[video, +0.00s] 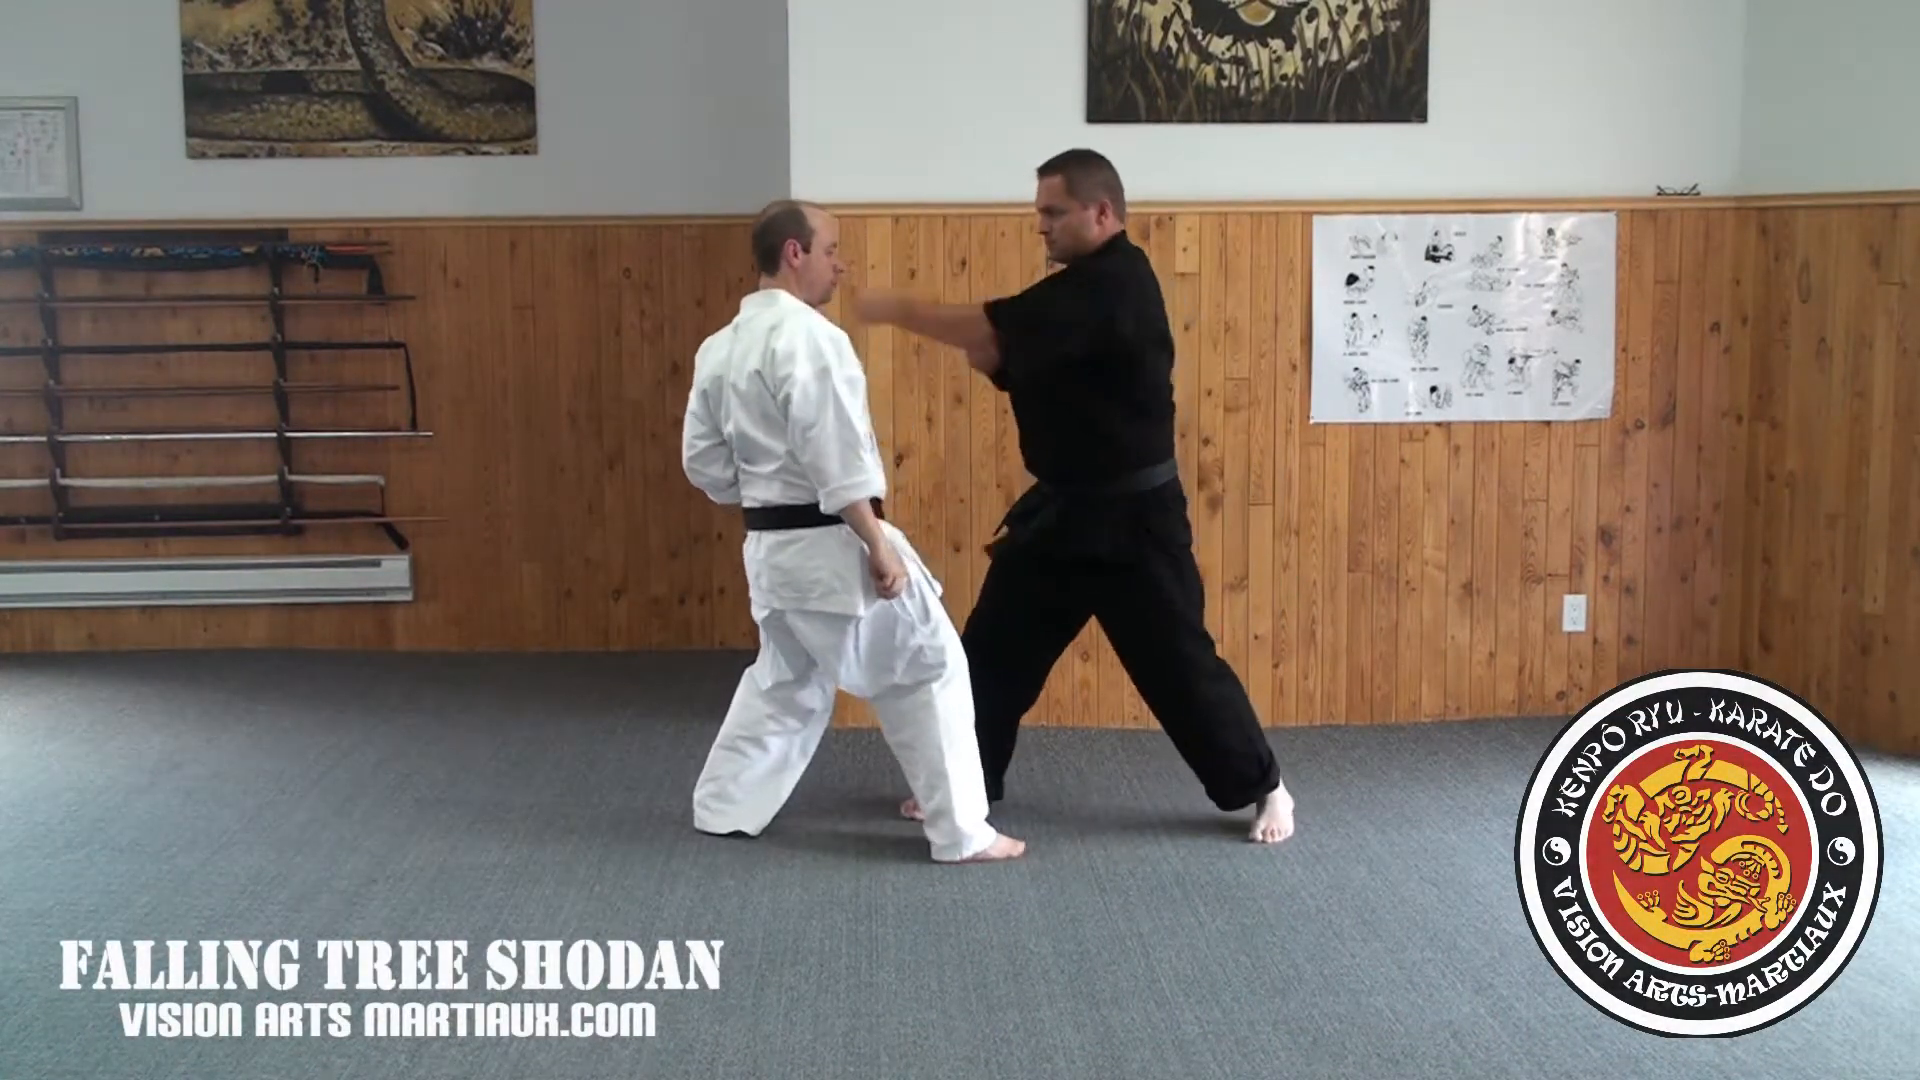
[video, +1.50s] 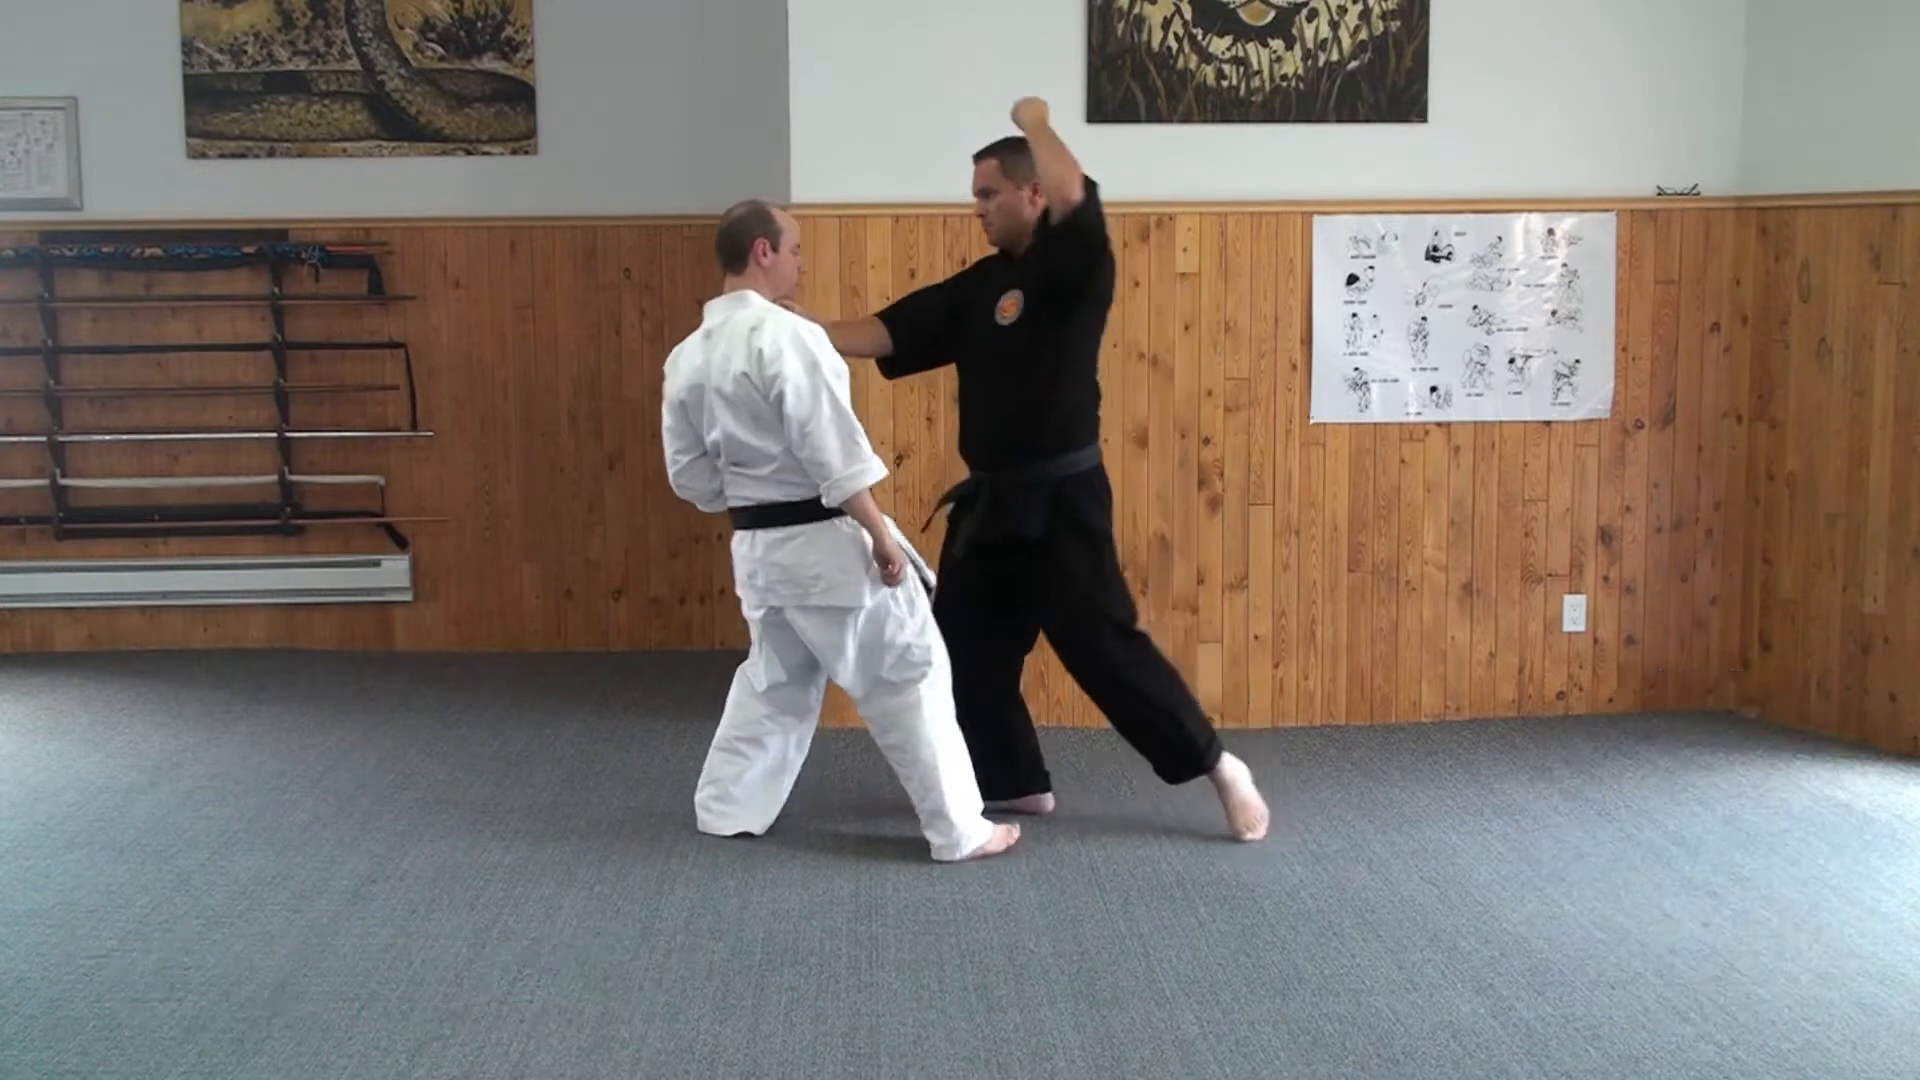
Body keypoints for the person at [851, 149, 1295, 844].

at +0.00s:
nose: (1040, 225)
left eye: (1052, 213)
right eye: (1040, 213)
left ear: (1101, 214)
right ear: (1091, 218)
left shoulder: (1112, 281)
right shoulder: (1079, 283)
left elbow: (994, 324)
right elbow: (1019, 371)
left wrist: (893, 309)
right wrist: (978, 350)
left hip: (1133, 509)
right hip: (1061, 506)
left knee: (1177, 660)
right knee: (993, 651)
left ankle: (1265, 787)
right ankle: (964, 785)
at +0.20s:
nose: (1044, 236)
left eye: (1055, 223)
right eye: (1041, 222)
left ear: (1105, 223)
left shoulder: (1161, 296)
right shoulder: (1035, 297)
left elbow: (1094, 371)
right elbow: (914, 318)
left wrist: (994, 354)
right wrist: (969, 301)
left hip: (1143, 525)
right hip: (1047, 519)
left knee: (1199, 664)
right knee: (975, 651)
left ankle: (1261, 795)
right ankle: (952, 786)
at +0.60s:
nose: (1048, 244)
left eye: (1061, 231)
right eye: (1045, 231)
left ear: (1111, 231)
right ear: (1047, 232)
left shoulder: (1171, 310)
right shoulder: (1033, 307)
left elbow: (1153, 415)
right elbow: (929, 321)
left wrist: (1053, 380)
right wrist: (851, 315)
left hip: (1141, 533)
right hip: (1042, 528)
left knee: (1195, 669)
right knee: (970, 651)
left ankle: (1258, 798)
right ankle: (946, 786)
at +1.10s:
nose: (1045, 218)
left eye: (1057, 205)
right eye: (1043, 206)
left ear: (1107, 202)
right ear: (1057, 209)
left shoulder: (1184, 283)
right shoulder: (1034, 297)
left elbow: (1239, 359)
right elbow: (937, 354)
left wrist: (1149, 307)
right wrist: (849, 348)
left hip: (1157, 512)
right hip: (1059, 513)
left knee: (1200, 659)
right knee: (989, 646)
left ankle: (1259, 800)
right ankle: (962, 782)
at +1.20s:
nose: (1032, 212)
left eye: (1043, 199)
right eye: (1030, 200)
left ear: (1090, 196)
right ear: (1070, 201)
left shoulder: (1160, 272)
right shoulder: (1027, 292)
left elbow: (1219, 302)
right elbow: (926, 354)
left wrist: (1131, 237)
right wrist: (833, 345)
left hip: (1143, 507)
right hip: (1049, 511)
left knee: (1189, 649)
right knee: (984, 639)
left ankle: (1258, 792)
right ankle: (1016, 777)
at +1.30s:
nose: (1015, 214)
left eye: (1025, 200)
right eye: (1013, 202)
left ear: (1074, 199)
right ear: (1051, 205)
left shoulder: (1125, 276)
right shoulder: (1011, 294)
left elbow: (1176, 253)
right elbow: (912, 350)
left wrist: (1106, 182)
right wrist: (824, 345)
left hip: (1118, 507)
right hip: (1030, 511)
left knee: (1172, 643)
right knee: (978, 639)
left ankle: (1259, 784)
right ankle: (1021, 781)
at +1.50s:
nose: (977, 207)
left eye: (987, 193)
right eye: (975, 196)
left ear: (1033, 193)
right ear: (992, 202)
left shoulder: (1072, 262)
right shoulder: (976, 287)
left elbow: (1073, 197)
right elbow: (883, 333)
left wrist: (1037, 130)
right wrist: (792, 333)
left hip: (1063, 491)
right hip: (991, 495)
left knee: (1101, 642)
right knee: (967, 644)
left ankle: (1218, 767)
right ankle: (1017, 784)